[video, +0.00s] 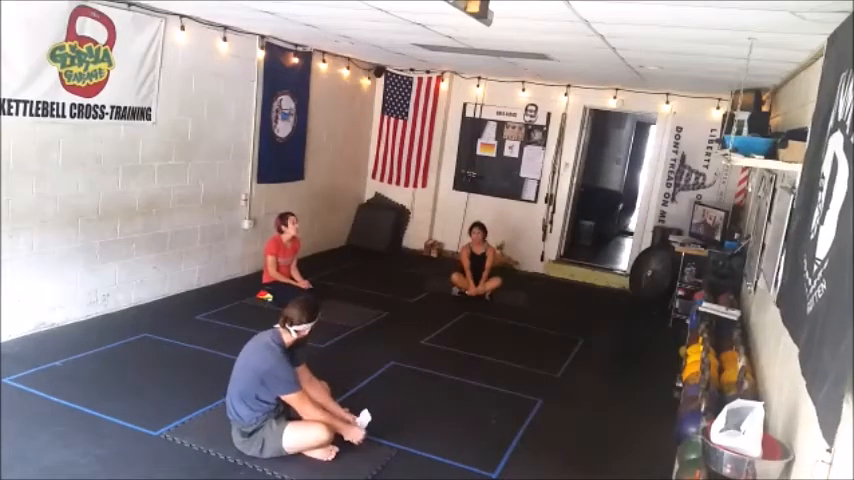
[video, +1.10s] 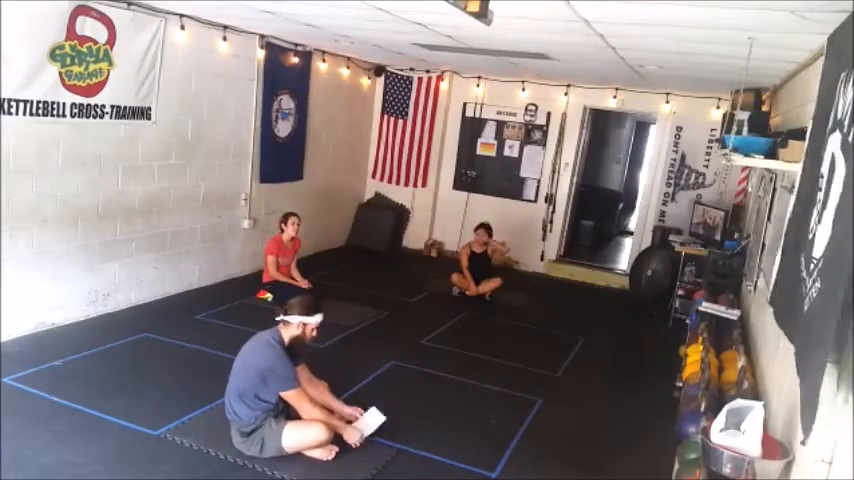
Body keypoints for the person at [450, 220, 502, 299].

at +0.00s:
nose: (476, 236)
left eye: (479, 233)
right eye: (473, 233)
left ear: (484, 235)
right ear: (470, 235)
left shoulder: (490, 250)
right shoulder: (465, 249)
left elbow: (487, 269)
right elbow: (467, 268)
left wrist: (481, 285)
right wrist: (472, 285)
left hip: (482, 276)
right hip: (469, 276)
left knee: (498, 280)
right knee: (454, 276)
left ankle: (468, 292)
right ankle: (481, 293)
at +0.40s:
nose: (480, 235)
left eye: (483, 232)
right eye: (478, 231)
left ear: (487, 235)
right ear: (473, 233)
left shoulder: (491, 250)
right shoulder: (466, 248)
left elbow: (490, 270)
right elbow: (465, 268)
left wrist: (482, 284)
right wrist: (472, 285)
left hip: (484, 276)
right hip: (470, 276)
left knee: (498, 281)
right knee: (454, 277)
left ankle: (468, 293)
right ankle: (482, 294)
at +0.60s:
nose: (479, 237)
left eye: (481, 234)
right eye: (476, 233)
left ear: (486, 236)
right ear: (473, 234)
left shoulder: (490, 247)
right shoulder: (466, 249)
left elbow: (501, 243)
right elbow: (465, 269)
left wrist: (491, 229)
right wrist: (472, 286)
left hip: (484, 279)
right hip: (470, 277)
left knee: (498, 281)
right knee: (455, 277)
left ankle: (468, 293)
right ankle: (482, 294)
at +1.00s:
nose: (479, 237)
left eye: (482, 235)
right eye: (477, 234)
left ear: (487, 238)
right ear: (474, 235)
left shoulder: (490, 247)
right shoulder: (466, 248)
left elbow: (506, 245)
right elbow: (465, 268)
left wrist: (492, 231)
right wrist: (472, 285)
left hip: (484, 279)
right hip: (470, 277)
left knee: (498, 281)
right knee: (454, 277)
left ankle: (467, 293)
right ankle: (482, 293)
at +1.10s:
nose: (479, 238)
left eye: (483, 235)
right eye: (477, 234)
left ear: (488, 237)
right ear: (474, 235)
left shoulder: (490, 248)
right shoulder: (466, 248)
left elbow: (506, 250)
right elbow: (465, 268)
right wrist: (472, 285)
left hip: (484, 279)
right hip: (470, 277)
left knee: (498, 281)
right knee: (454, 277)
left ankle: (467, 293)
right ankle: (482, 293)